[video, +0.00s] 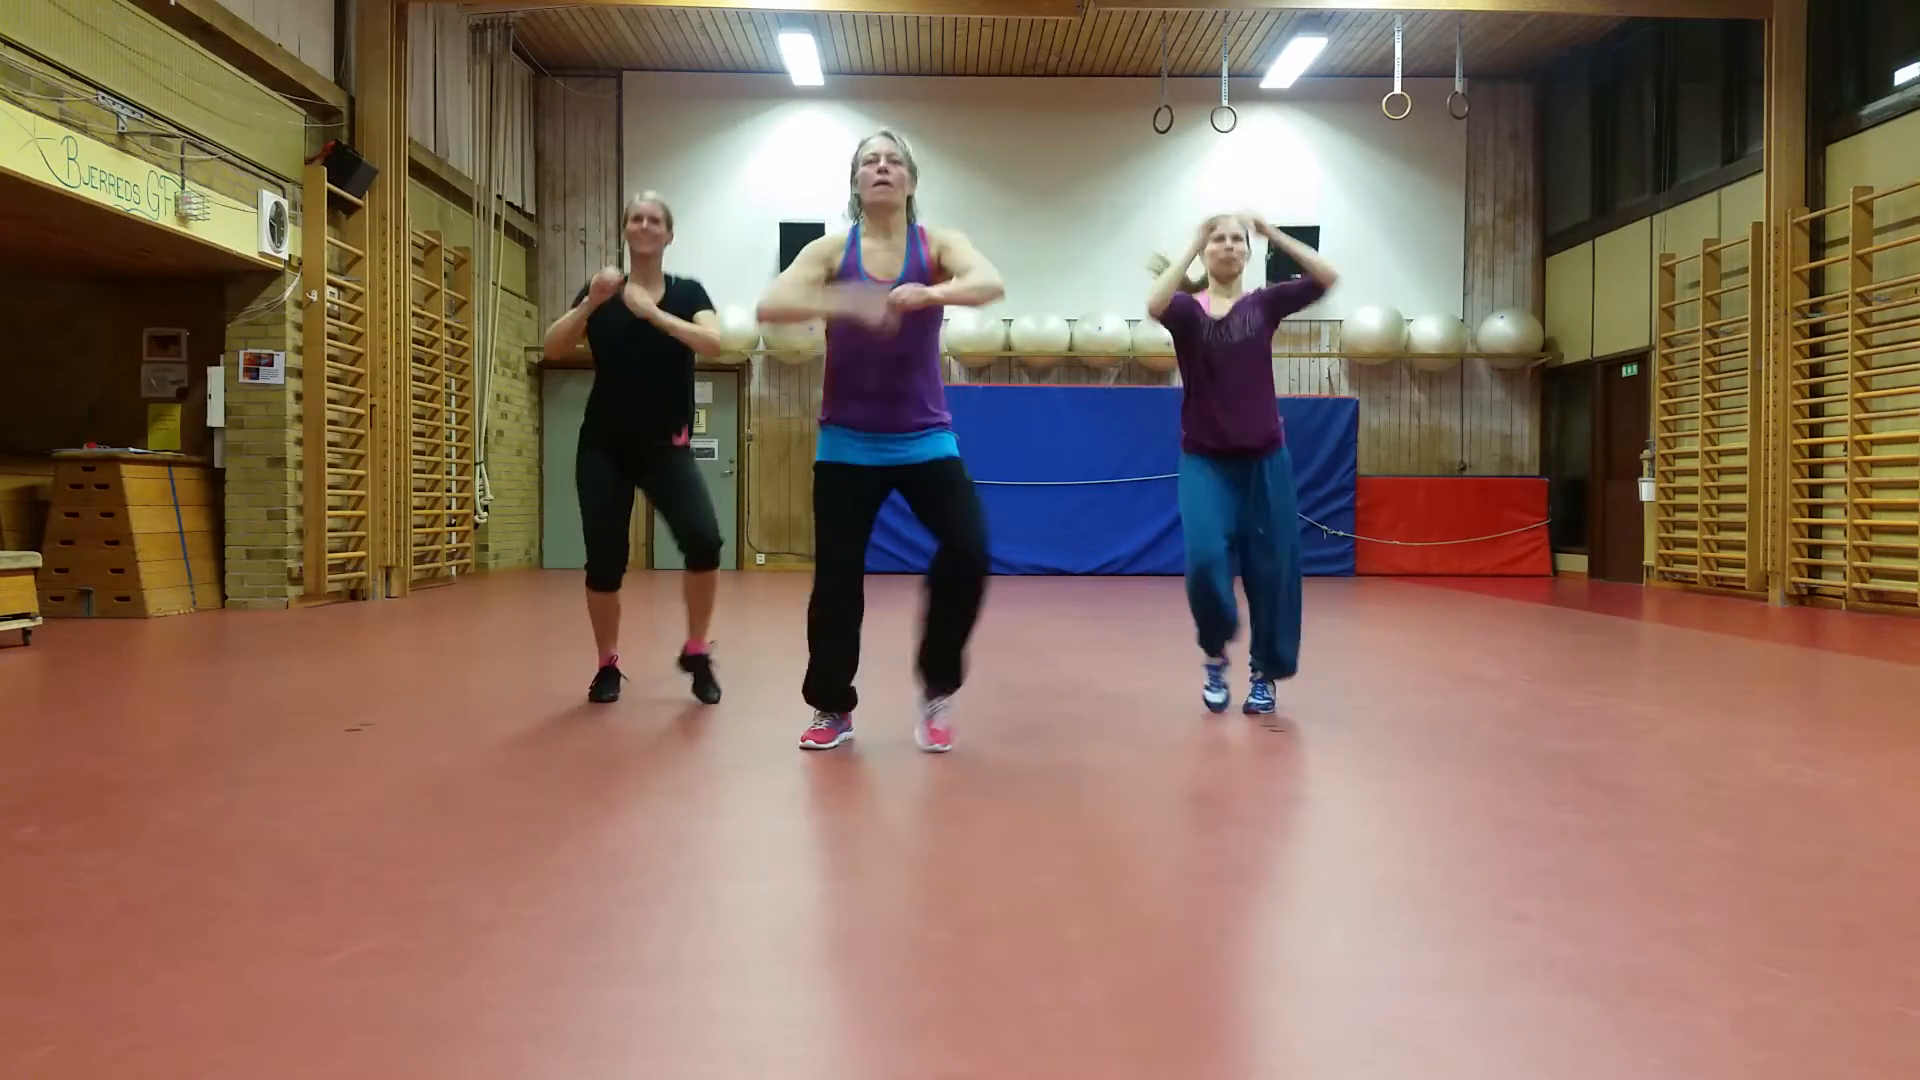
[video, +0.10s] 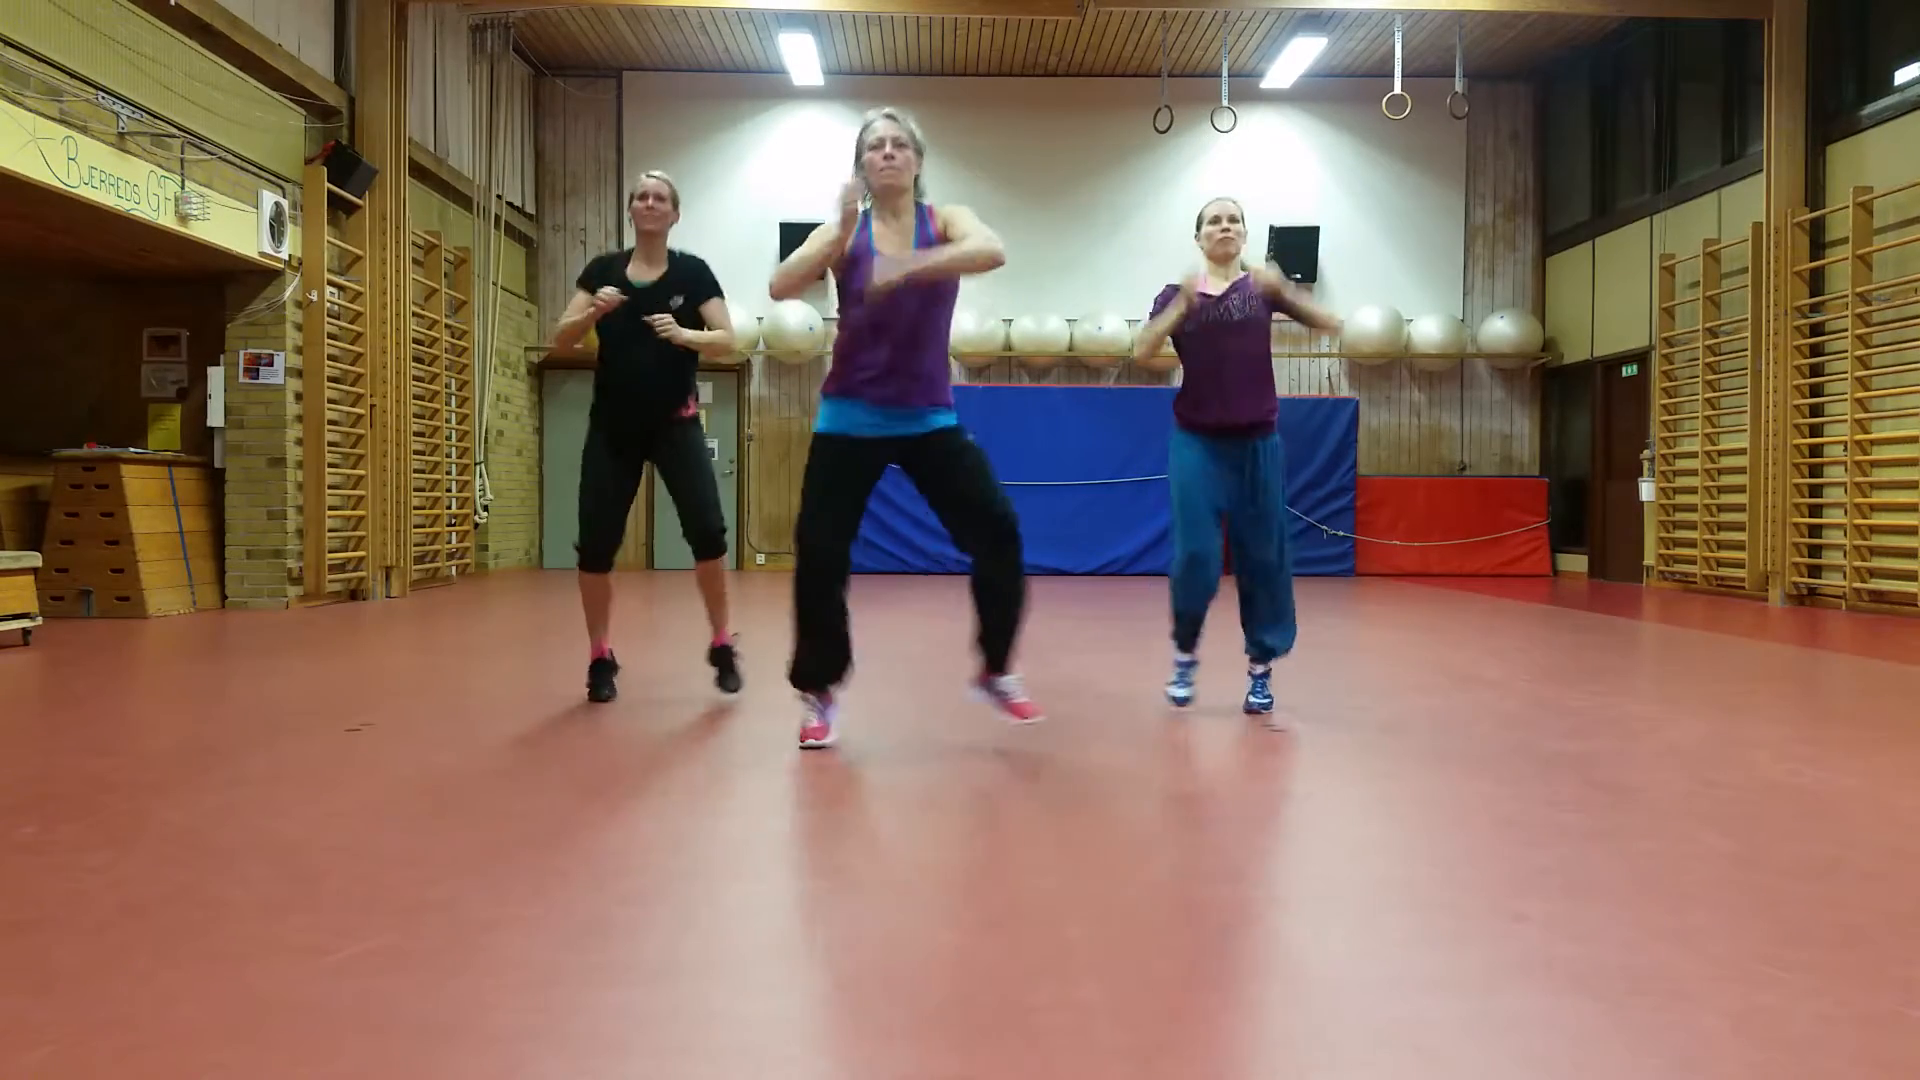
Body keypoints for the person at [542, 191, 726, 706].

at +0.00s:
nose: (644, 227)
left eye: (654, 221)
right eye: (636, 220)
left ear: (669, 234)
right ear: (623, 231)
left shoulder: (685, 292)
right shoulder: (599, 296)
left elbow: (715, 343)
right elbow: (553, 348)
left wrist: (653, 312)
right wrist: (591, 302)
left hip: (666, 445)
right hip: (604, 446)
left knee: (705, 540)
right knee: (604, 562)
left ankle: (696, 650)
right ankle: (607, 665)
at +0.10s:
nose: (647, 204)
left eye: (658, 198)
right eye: (641, 197)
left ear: (675, 213)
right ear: (629, 210)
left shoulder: (694, 272)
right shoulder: (603, 270)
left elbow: (729, 341)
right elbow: (559, 339)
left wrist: (685, 335)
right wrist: (590, 312)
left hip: (676, 424)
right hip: (613, 426)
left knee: (709, 534)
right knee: (595, 545)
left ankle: (722, 644)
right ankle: (600, 657)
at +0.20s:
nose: (652, 212)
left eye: (664, 206)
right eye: (645, 204)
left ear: (680, 221)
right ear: (634, 216)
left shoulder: (698, 276)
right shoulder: (608, 274)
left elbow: (734, 345)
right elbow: (560, 335)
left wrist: (680, 334)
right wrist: (608, 309)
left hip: (688, 428)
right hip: (628, 430)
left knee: (709, 541)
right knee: (578, 536)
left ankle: (747, 652)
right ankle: (585, 646)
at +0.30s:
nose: (653, 233)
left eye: (664, 226)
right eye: (647, 226)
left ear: (682, 240)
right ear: (635, 238)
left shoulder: (702, 299)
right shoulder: (611, 295)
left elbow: (734, 350)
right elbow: (555, 342)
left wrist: (677, 309)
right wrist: (591, 343)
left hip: (696, 455)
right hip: (633, 456)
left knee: (719, 562)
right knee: (579, 552)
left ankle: (751, 671)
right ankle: (583, 659)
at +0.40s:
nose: (651, 225)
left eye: (662, 219)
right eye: (644, 218)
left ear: (680, 234)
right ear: (634, 233)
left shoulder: (698, 286)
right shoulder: (610, 291)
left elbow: (733, 319)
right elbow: (557, 340)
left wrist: (674, 317)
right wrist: (607, 308)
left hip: (688, 447)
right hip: (624, 449)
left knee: (741, 543)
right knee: (591, 563)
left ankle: (750, 658)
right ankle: (588, 666)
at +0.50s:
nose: (653, 216)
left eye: (663, 209)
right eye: (645, 210)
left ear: (682, 224)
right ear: (636, 224)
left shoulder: (704, 272)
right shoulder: (621, 282)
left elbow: (738, 305)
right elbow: (563, 331)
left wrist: (675, 288)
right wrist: (595, 298)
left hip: (695, 435)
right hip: (632, 436)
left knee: (745, 538)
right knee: (581, 541)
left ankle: (764, 648)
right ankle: (570, 652)